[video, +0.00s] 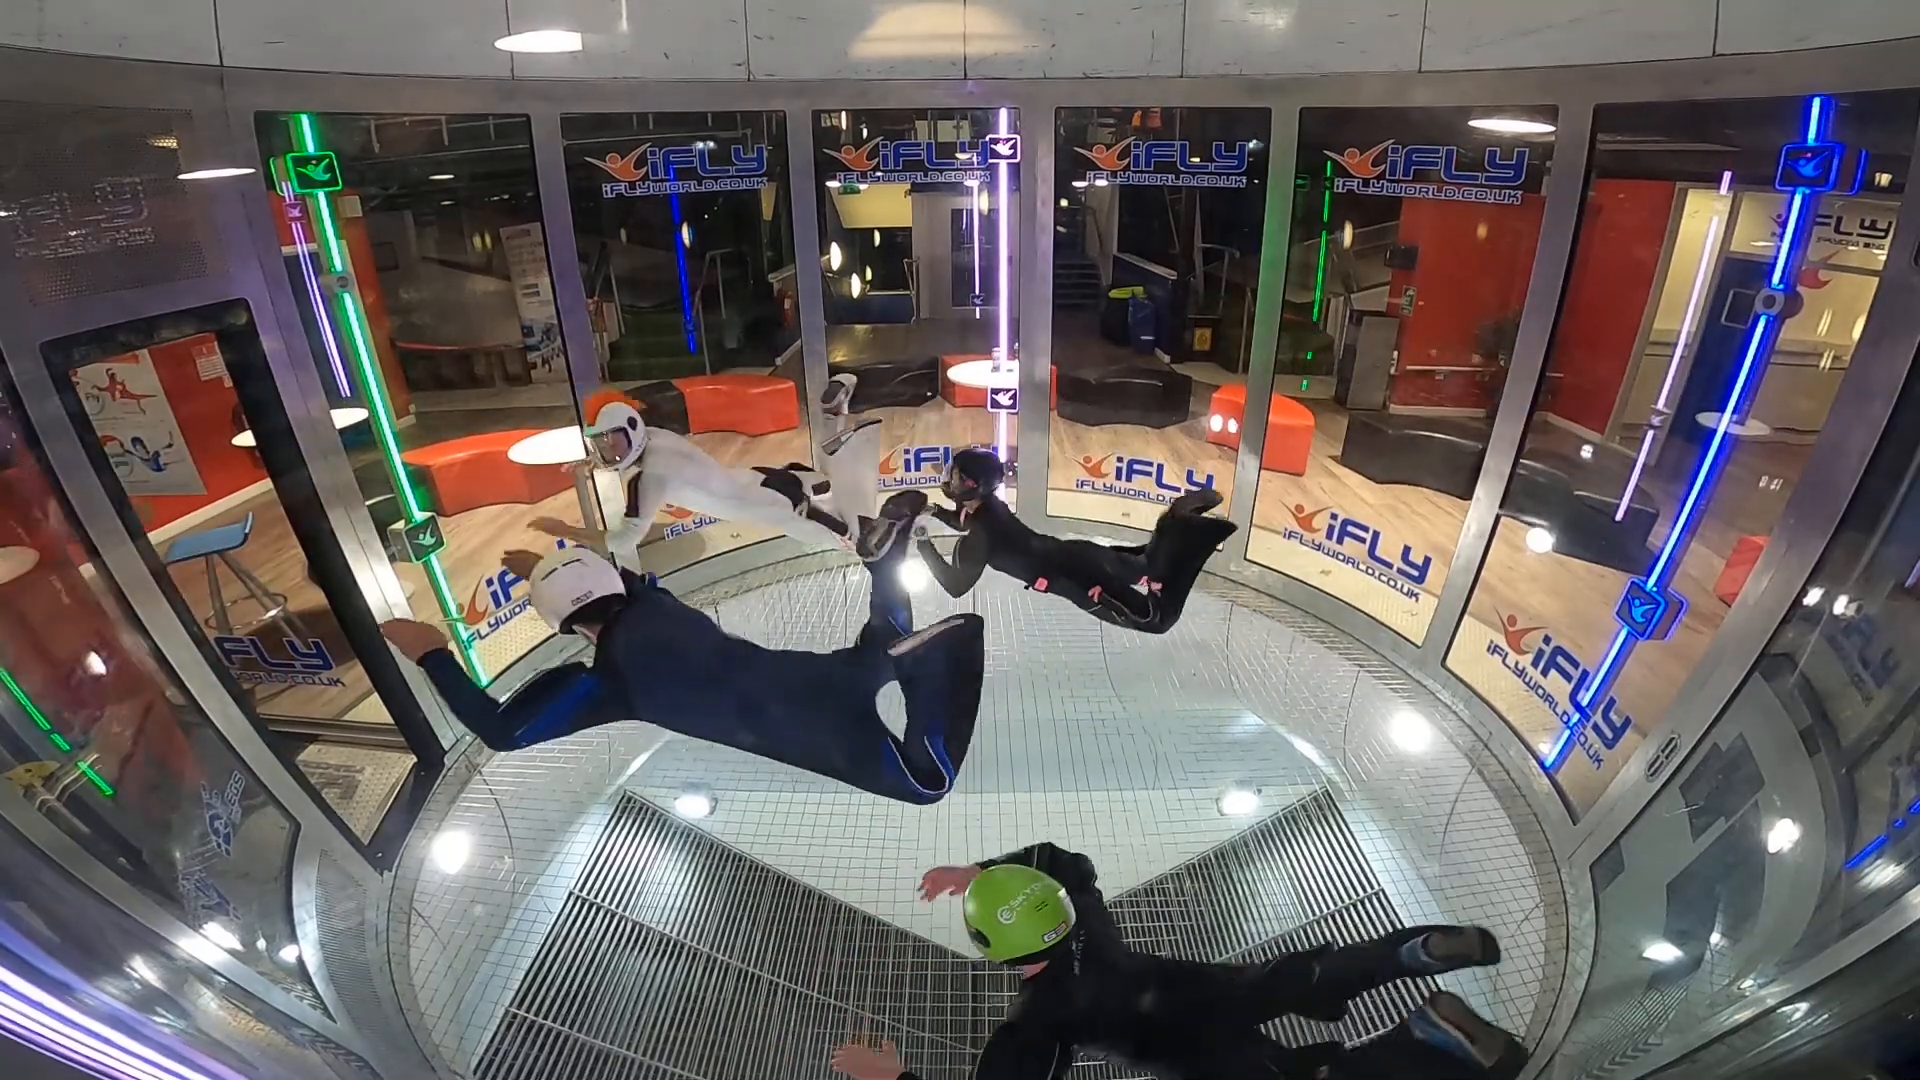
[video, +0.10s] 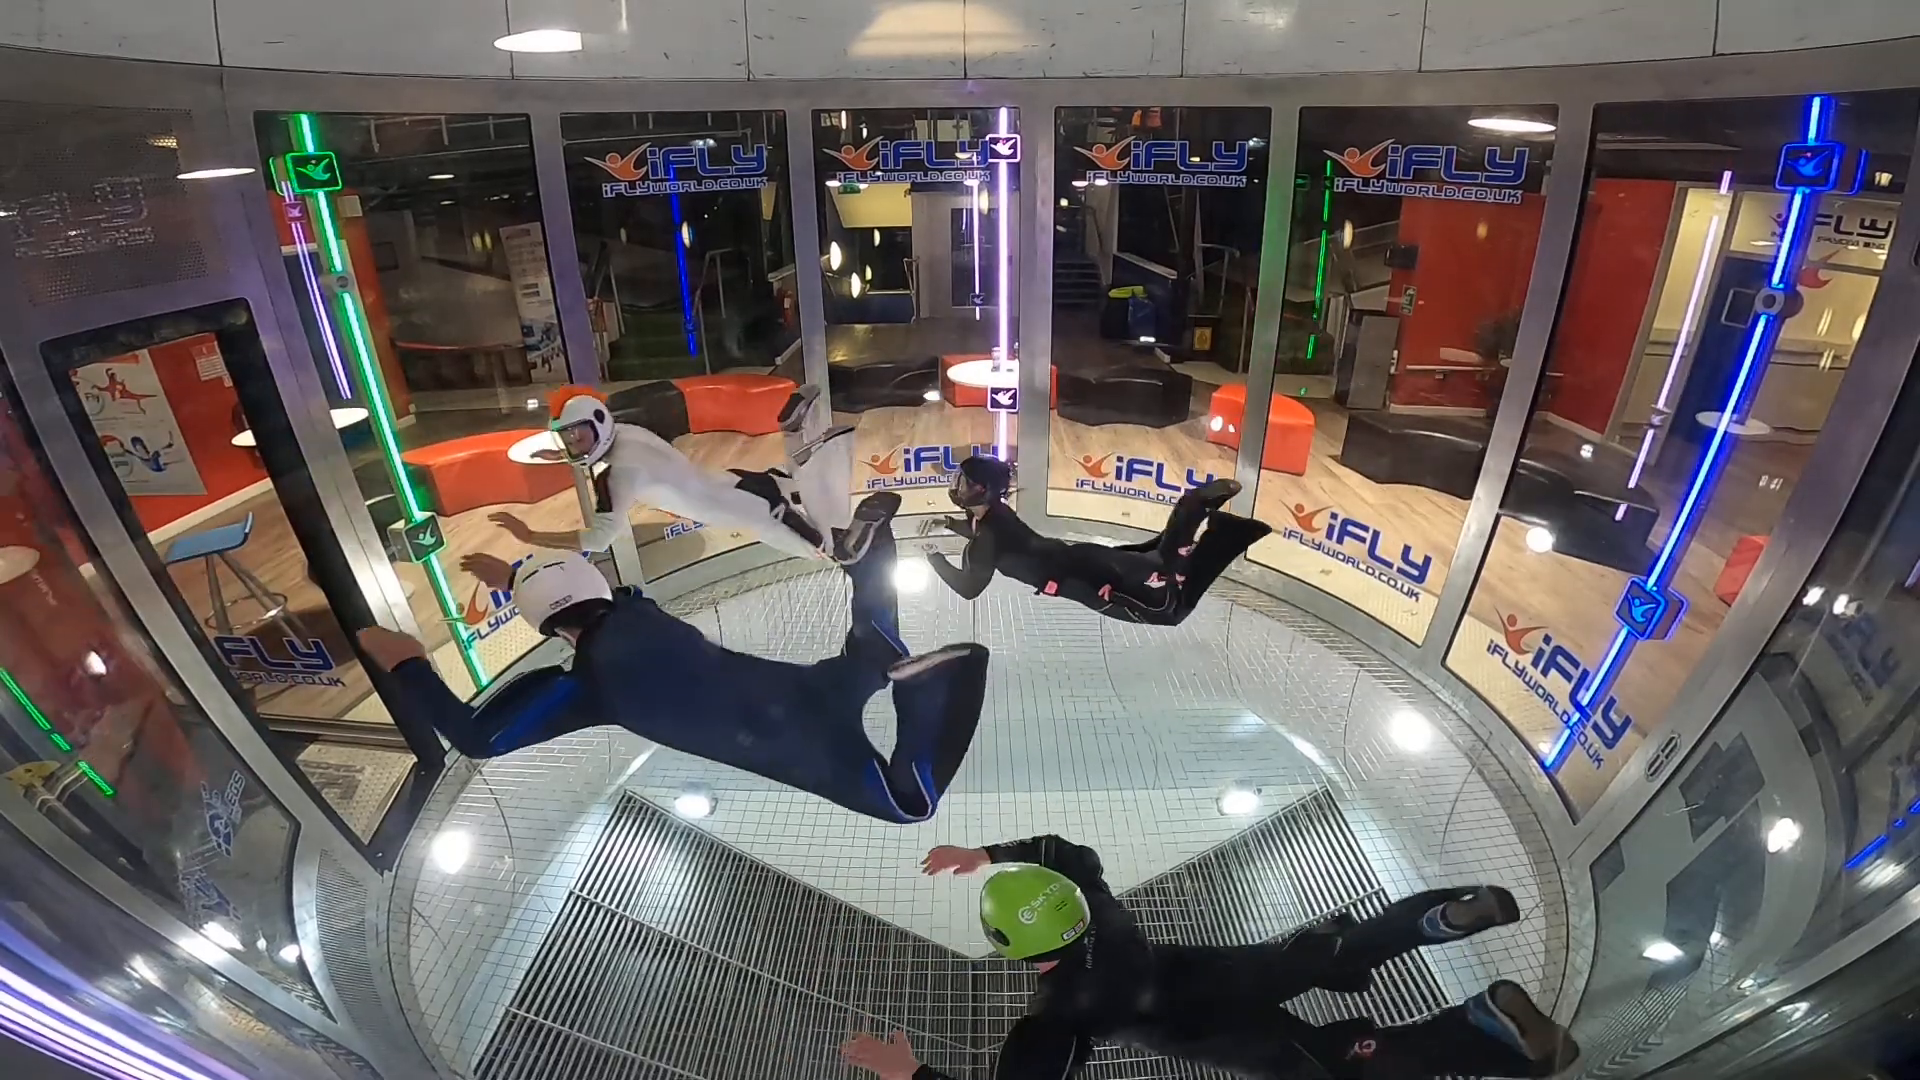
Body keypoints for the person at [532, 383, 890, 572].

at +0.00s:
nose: (608, 450)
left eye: (613, 440)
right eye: (603, 443)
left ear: (632, 432)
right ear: (614, 435)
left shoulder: (652, 471)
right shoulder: (654, 439)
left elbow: (627, 537)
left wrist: (568, 533)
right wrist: (608, 464)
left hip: (772, 502)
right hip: (766, 480)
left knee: (865, 538)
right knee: (820, 478)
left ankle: (927, 515)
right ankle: (835, 417)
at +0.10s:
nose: (576, 443)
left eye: (580, 432)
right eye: (569, 436)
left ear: (599, 425)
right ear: (571, 434)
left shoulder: (621, 471)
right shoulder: (623, 432)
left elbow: (603, 535)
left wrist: (532, 537)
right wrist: (561, 458)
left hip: (753, 512)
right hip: (742, 488)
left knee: (840, 547)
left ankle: (883, 508)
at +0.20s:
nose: (546, 442)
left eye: (551, 429)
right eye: (538, 435)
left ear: (573, 419)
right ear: (535, 435)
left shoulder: (595, 470)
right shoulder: (603, 434)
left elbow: (568, 538)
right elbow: (652, 456)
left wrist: (499, 532)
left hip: (727, 517)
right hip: (715, 492)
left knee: (813, 555)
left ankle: (797, 460)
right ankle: (777, 461)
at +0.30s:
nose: (524, 436)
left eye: (531, 424)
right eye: (514, 430)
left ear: (550, 417)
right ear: (507, 435)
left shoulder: (565, 469)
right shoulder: (576, 439)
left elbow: (547, 534)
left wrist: (466, 514)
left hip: (704, 522)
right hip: (698, 503)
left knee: (793, 564)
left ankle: (779, 462)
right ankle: (754, 465)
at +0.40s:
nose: (500, 439)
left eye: (506, 426)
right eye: (490, 432)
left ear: (530, 419)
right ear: (485, 436)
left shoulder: (551, 470)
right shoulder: (553, 449)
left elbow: (528, 536)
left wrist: (454, 511)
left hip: (684, 530)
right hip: (675, 514)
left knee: (784, 579)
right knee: (766, 568)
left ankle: (768, 476)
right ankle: (748, 478)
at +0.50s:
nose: (486, 444)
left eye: (493, 431)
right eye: (477, 437)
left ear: (518, 425)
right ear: (473, 441)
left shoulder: (538, 472)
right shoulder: (540, 454)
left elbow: (509, 546)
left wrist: (422, 527)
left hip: (683, 541)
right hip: (668, 532)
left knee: (777, 598)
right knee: (757, 591)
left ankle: (750, 500)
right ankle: (731, 502)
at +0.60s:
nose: (480, 457)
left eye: (488, 444)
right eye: (470, 449)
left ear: (515, 436)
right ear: (469, 451)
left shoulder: (536, 485)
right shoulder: (536, 464)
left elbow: (499, 561)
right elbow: (611, 497)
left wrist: (400, 551)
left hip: (677, 560)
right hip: (664, 541)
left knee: (778, 614)